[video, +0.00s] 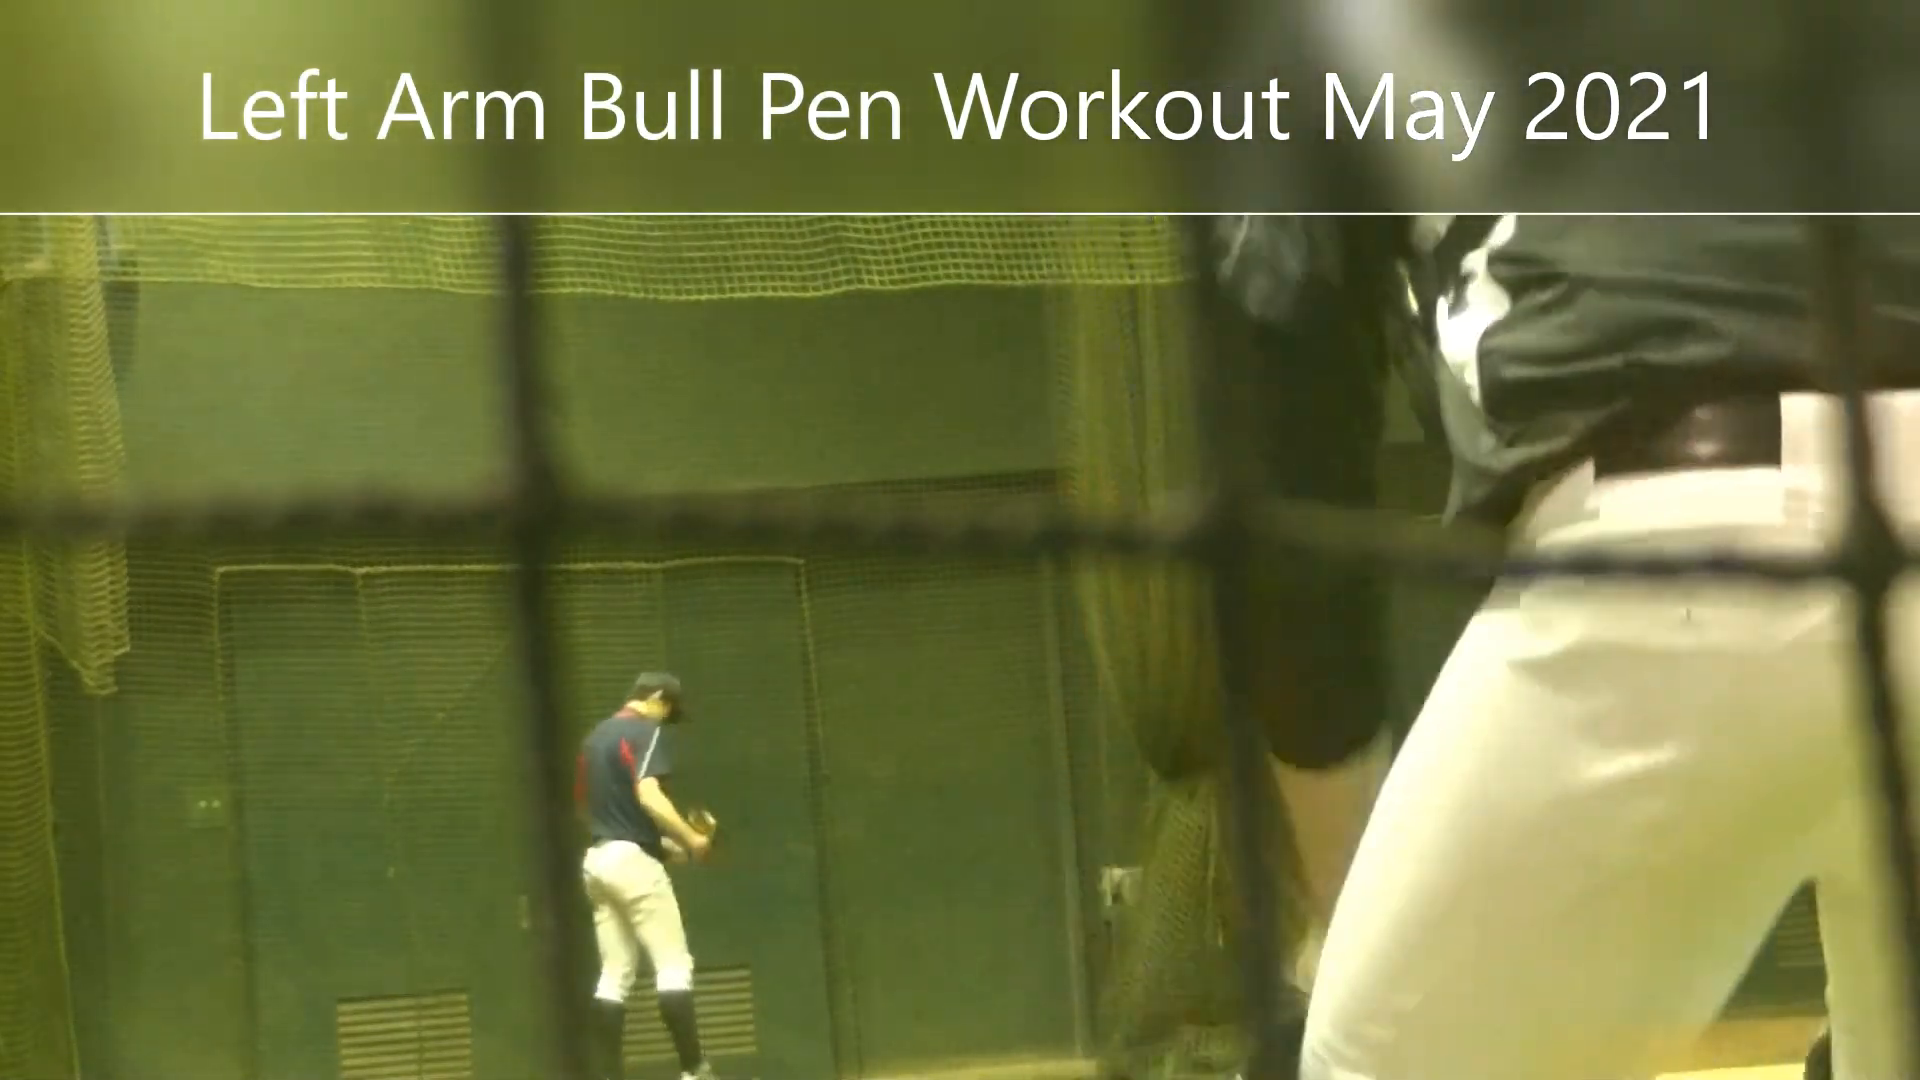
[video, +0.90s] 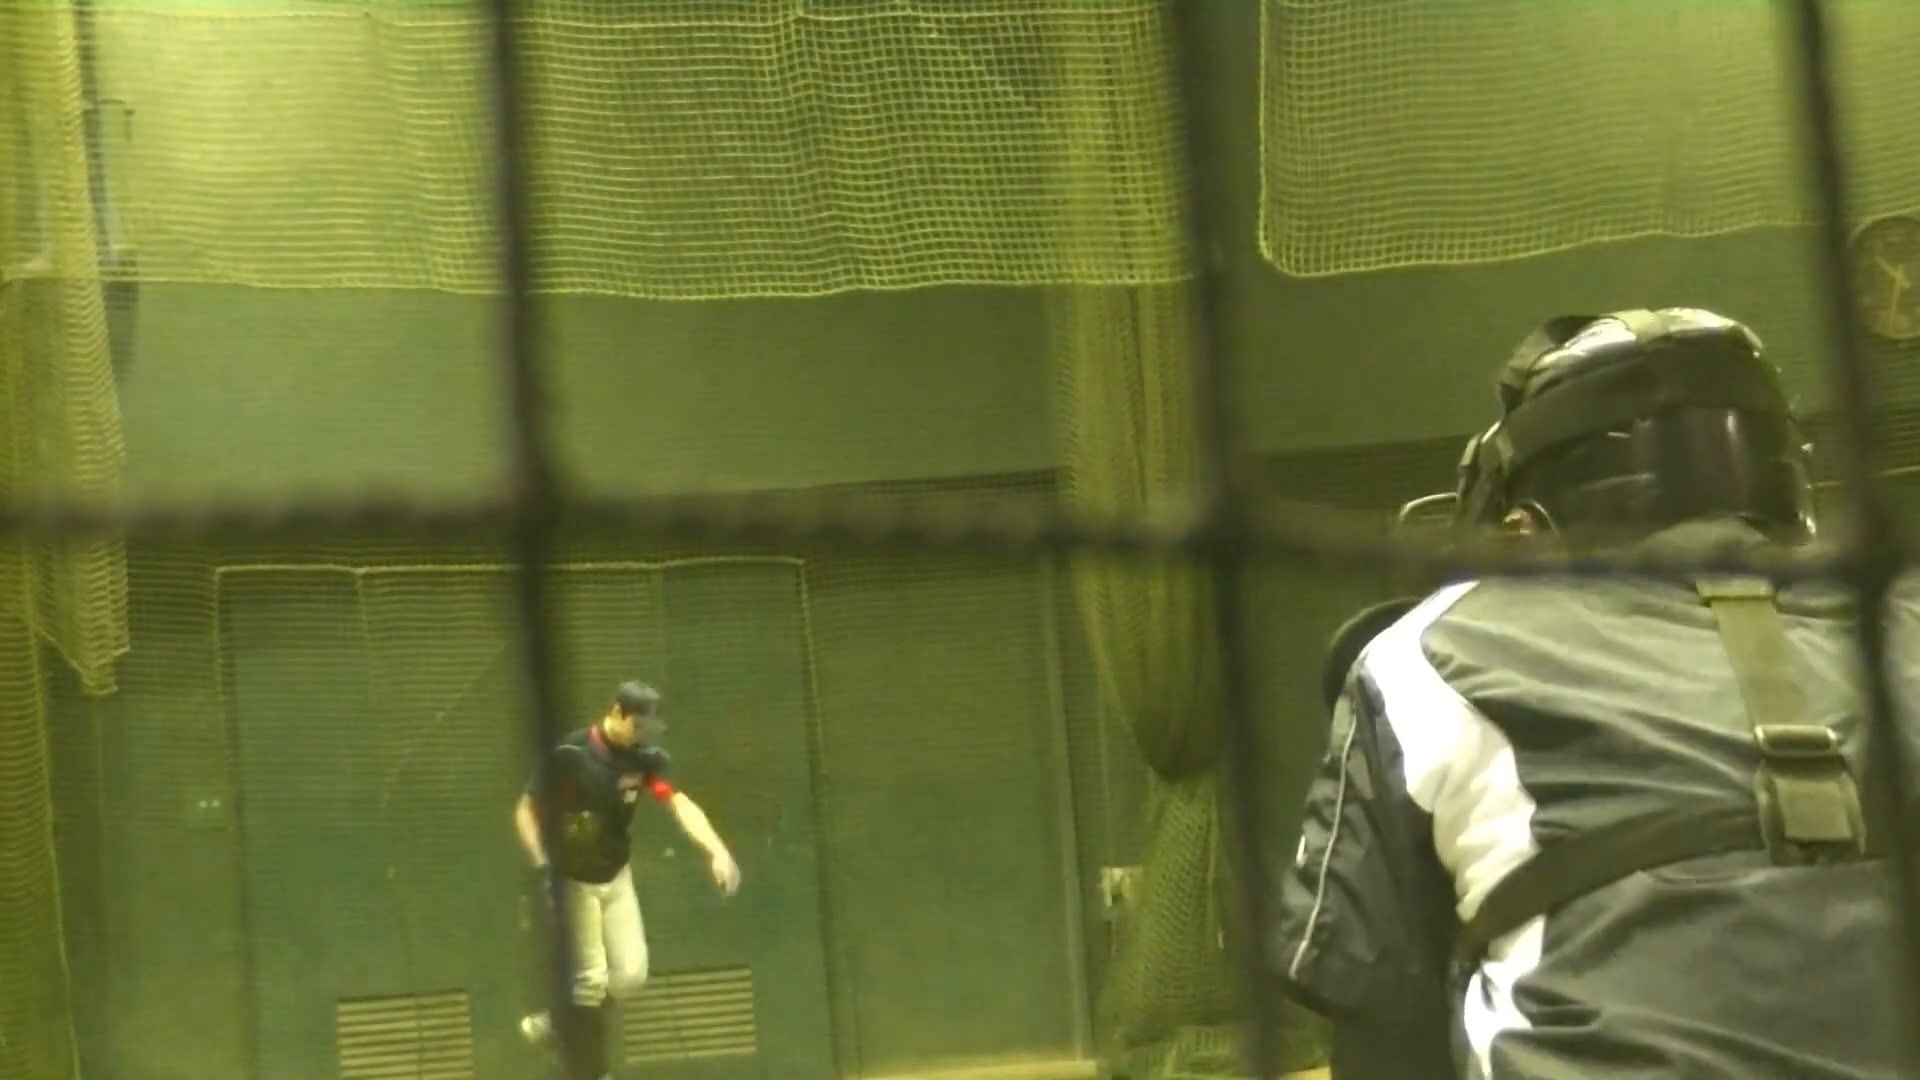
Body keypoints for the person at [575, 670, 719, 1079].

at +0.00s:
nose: (665, 718)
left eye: (668, 712)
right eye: (667, 711)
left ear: (635, 697)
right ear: (657, 700)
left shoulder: (596, 735)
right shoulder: (645, 729)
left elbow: (595, 809)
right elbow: (648, 794)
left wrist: (659, 844)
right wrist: (692, 837)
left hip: (595, 859)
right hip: (631, 857)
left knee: (615, 971)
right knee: (672, 961)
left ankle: (605, 1072)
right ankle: (693, 1067)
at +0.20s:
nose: (655, 720)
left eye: (659, 713)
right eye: (658, 711)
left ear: (635, 695)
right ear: (644, 697)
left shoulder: (595, 731)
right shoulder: (622, 733)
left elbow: (607, 802)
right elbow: (614, 804)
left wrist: (654, 825)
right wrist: (658, 847)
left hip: (585, 858)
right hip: (614, 858)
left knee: (614, 969)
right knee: (655, 959)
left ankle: (606, 1071)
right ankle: (644, 1066)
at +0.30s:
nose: (651, 718)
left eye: (654, 711)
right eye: (652, 709)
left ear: (630, 696)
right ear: (637, 697)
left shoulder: (599, 731)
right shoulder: (613, 734)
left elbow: (626, 785)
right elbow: (601, 807)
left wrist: (682, 792)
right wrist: (646, 851)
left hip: (589, 859)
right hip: (607, 859)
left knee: (615, 968)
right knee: (640, 962)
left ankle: (601, 1066)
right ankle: (620, 1067)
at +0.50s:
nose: (647, 718)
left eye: (650, 710)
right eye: (646, 708)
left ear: (629, 701)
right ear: (626, 698)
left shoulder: (612, 739)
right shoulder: (598, 739)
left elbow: (653, 755)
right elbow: (572, 808)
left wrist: (708, 735)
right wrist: (616, 855)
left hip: (619, 868)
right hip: (595, 867)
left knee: (625, 975)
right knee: (617, 975)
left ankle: (607, 1069)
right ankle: (600, 1070)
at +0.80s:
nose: (645, 726)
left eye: (648, 718)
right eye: (640, 717)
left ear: (644, 717)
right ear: (618, 710)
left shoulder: (640, 755)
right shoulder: (572, 754)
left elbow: (690, 793)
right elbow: (530, 810)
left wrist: (750, 787)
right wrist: (556, 851)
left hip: (615, 879)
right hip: (573, 882)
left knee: (635, 972)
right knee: (589, 982)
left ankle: (572, 1056)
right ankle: (586, 1067)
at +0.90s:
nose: (645, 731)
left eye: (648, 723)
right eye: (639, 722)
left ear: (647, 722)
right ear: (617, 714)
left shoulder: (644, 758)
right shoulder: (569, 755)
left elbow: (679, 804)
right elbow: (526, 810)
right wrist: (543, 865)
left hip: (617, 880)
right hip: (573, 884)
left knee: (631, 976)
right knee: (590, 985)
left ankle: (548, 1028)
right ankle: (589, 1070)